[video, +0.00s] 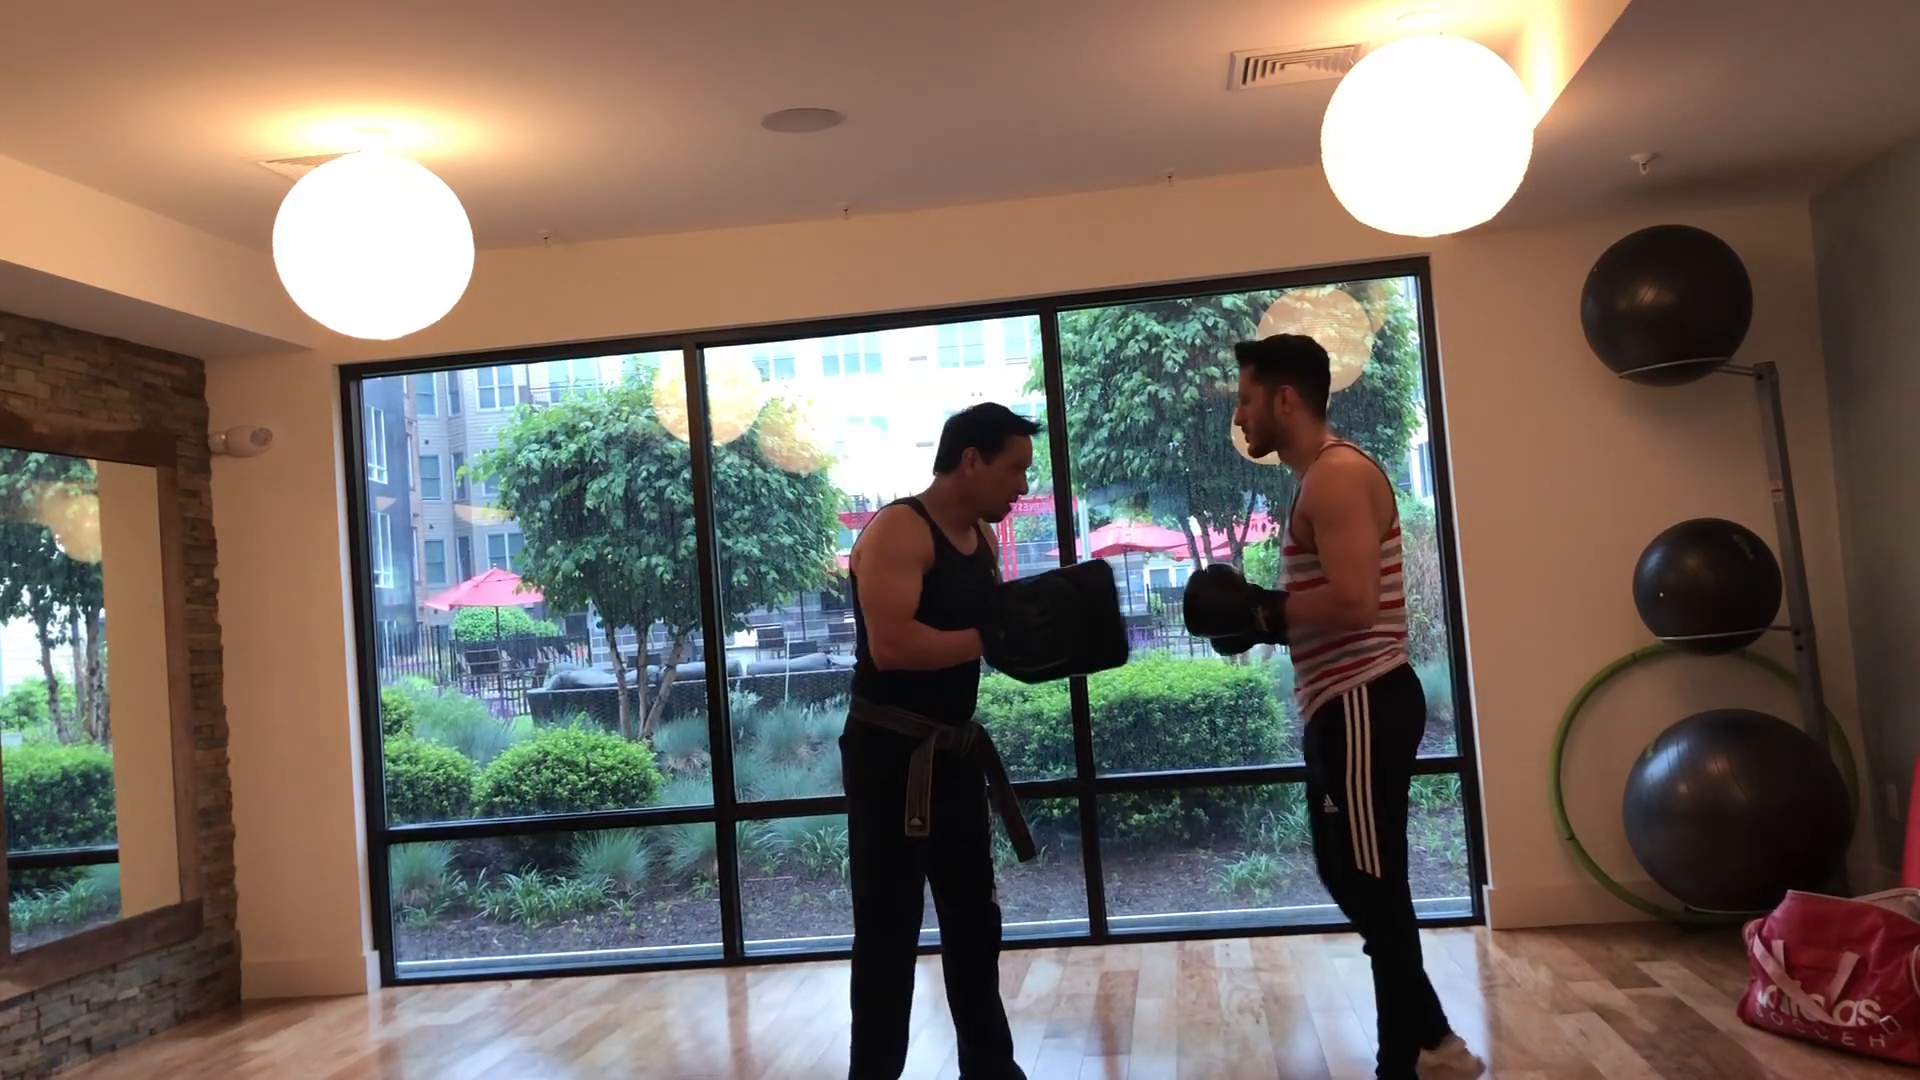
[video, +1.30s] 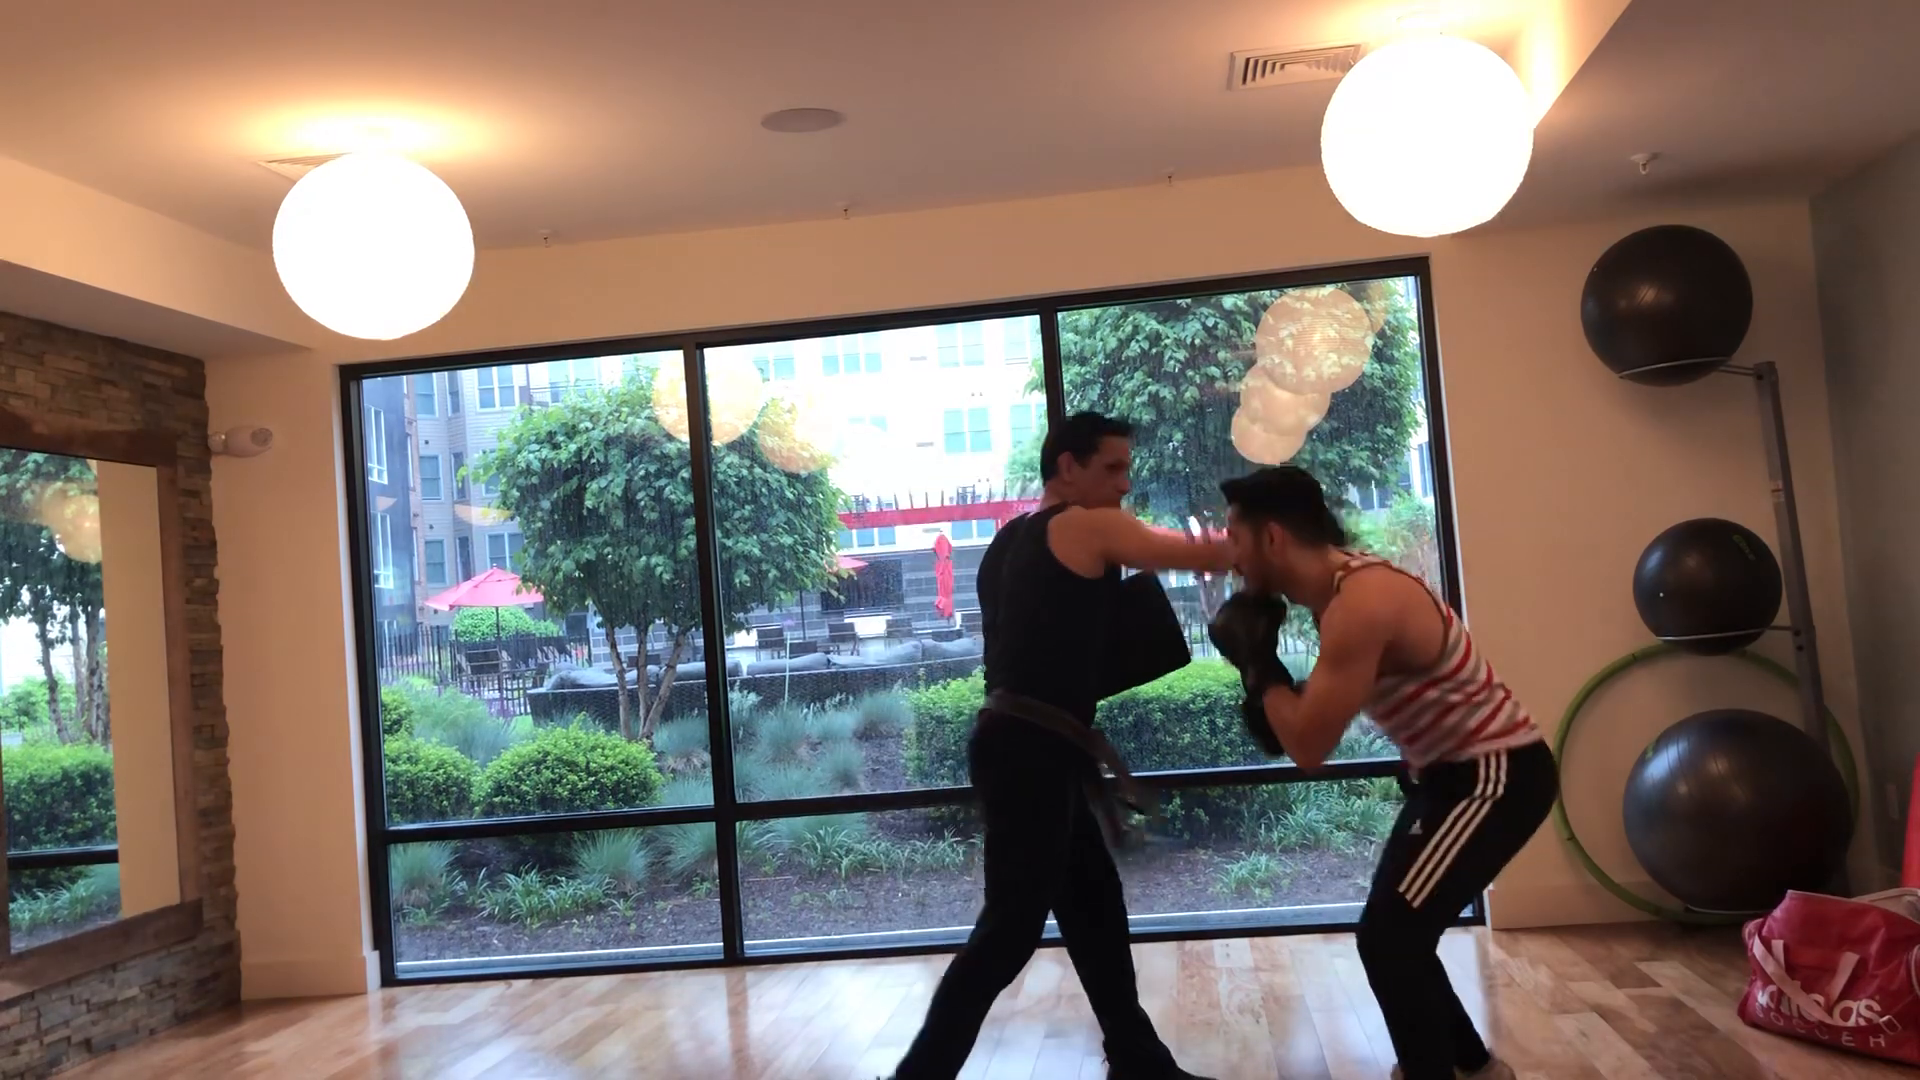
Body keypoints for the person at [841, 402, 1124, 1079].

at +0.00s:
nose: (1022, 488)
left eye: (1025, 475)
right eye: (1017, 472)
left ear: (976, 467)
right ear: (972, 462)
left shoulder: (979, 539)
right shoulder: (895, 530)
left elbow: (989, 626)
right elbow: (890, 646)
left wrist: (1052, 618)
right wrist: (995, 638)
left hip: (954, 744)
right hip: (887, 746)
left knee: (973, 923)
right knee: (888, 930)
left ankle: (990, 1071)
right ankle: (874, 1073)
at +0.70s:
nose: (1015, 495)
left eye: (1017, 480)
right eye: (1011, 478)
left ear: (972, 474)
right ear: (971, 471)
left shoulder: (969, 549)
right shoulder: (888, 550)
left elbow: (971, 650)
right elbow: (877, 674)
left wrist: (1035, 678)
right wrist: (982, 700)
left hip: (964, 754)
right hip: (895, 760)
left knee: (1030, 909)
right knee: (898, 942)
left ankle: (1098, 1059)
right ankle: (873, 1076)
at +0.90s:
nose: (1052, 501)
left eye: (1053, 486)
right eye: (1046, 485)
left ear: (1007, 482)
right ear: (1007, 481)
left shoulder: (1011, 559)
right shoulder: (932, 560)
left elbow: (1028, 659)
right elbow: (877, 660)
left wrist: (1087, 603)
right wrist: (984, 676)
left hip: (1025, 769)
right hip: (959, 776)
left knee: (1100, 915)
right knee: (954, 954)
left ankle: (1137, 1065)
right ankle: (890, 1077)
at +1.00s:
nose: (1077, 492)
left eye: (1078, 478)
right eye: (1070, 478)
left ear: (1028, 479)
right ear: (1030, 476)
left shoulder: (1029, 560)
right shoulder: (966, 547)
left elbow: (1068, 649)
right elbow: (938, 631)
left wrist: (1119, 590)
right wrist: (1038, 611)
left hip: (1047, 763)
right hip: (991, 767)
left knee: (1124, 907)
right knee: (991, 947)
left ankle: (1143, 1061)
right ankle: (896, 1074)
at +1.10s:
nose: (1096, 488)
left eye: (1097, 475)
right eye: (1088, 473)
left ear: (1048, 473)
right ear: (1046, 469)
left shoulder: (1047, 541)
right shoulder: (1013, 528)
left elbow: (1093, 660)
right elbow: (1073, 590)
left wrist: (1175, 600)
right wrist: (1144, 549)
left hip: (1053, 754)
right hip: (1011, 754)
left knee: (1113, 909)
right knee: (1007, 931)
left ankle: (1142, 1060)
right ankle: (902, 1072)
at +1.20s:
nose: (1110, 483)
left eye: (1111, 470)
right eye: (1101, 469)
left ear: (1048, 472)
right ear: (1054, 466)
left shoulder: (1005, 544)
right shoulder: (1068, 520)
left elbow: (1048, 662)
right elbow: (1189, 524)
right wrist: (1287, 517)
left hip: (1027, 749)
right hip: (1022, 752)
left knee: (1098, 909)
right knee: (1002, 929)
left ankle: (1139, 1062)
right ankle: (912, 1072)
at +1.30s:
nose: (1124, 483)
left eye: (1126, 470)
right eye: (1114, 470)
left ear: (1065, 473)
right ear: (1065, 468)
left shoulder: (1017, 539)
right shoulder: (1092, 527)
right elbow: (1204, 553)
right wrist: (1288, 551)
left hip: (1019, 745)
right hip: (1033, 750)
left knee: (1094, 908)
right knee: (1011, 928)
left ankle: (1139, 1061)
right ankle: (920, 1072)